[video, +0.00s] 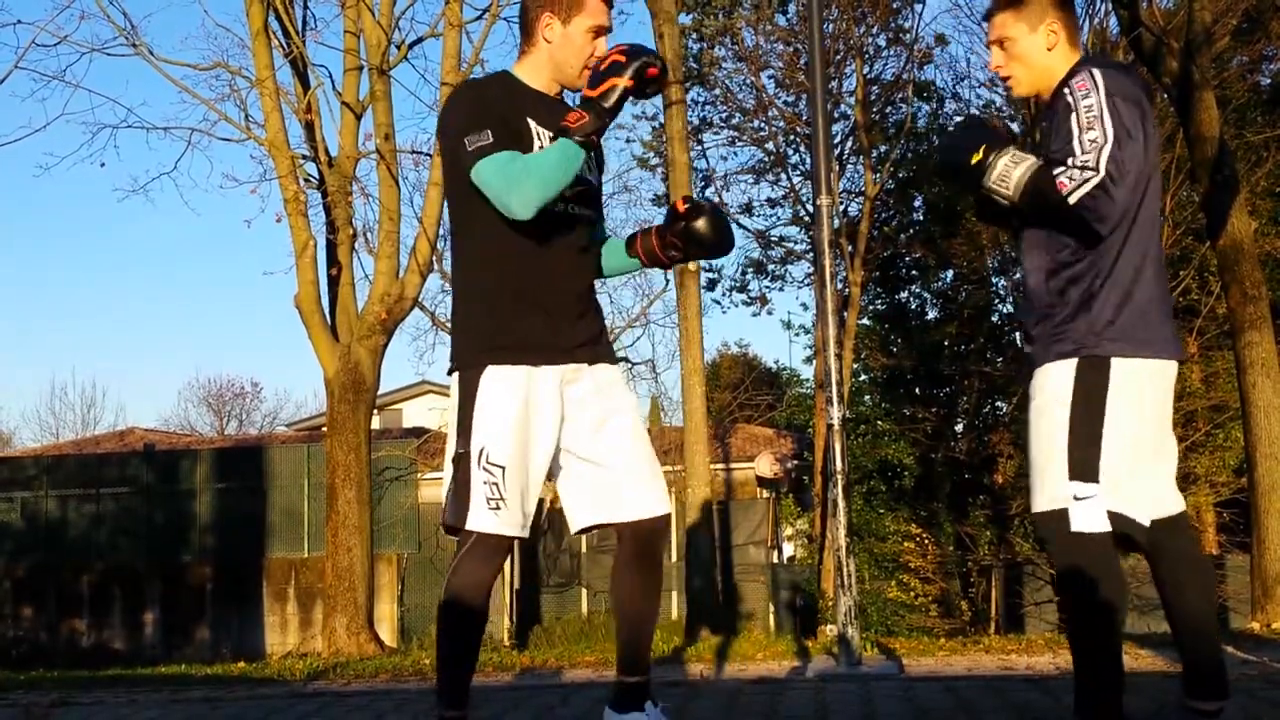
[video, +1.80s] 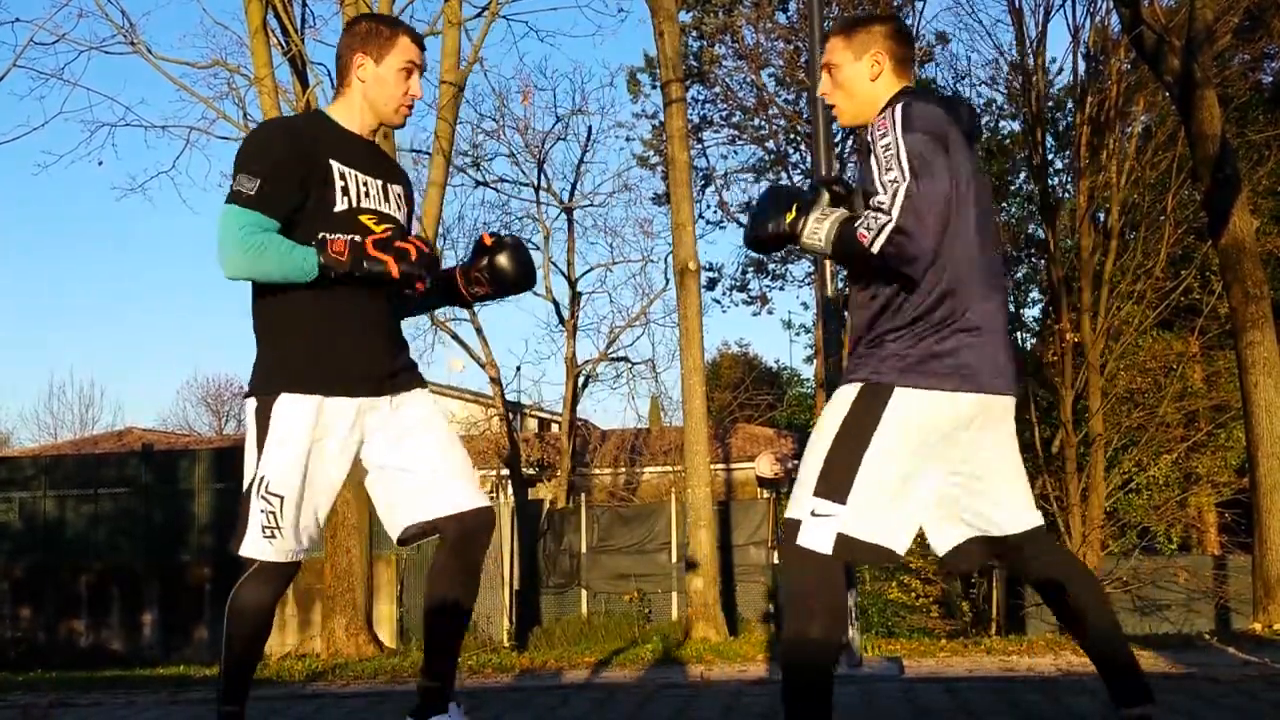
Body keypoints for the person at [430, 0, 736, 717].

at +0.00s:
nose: (604, 44)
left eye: (606, 31)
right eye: (595, 28)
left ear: (561, 30)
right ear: (548, 26)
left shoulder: (578, 123)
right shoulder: (476, 100)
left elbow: (578, 256)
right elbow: (516, 195)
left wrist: (648, 246)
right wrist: (591, 121)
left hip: (586, 354)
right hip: (504, 354)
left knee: (645, 516)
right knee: (491, 532)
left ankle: (631, 700)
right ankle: (451, 712)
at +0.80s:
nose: (586, 67)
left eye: (589, 55)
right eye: (576, 51)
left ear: (570, 63)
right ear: (540, 52)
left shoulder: (577, 161)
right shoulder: (474, 124)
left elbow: (595, 277)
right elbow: (547, 193)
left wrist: (667, 245)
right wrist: (581, 101)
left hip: (561, 376)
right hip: (478, 371)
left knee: (618, 529)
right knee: (429, 539)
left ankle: (620, 707)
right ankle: (337, 700)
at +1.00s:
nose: (519, 83)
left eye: (524, 72)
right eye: (510, 67)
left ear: (508, 77)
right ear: (471, 66)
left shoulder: (506, 177)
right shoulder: (403, 134)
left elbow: (521, 296)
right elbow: (470, 205)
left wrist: (588, 264)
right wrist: (514, 121)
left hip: (488, 390)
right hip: (401, 386)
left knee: (557, 544)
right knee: (351, 558)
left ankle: (611, 708)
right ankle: (282, 711)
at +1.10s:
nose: (491, 89)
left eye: (496, 76)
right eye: (482, 69)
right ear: (442, 62)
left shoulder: (470, 171)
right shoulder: (374, 128)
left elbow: (468, 295)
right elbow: (442, 200)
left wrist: (536, 269)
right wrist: (491, 113)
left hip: (451, 383)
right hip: (368, 378)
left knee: (527, 529)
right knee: (329, 553)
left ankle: (531, 709)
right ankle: (277, 711)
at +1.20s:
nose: (474, 81)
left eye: (478, 67)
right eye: (465, 62)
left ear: (448, 60)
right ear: (427, 55)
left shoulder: (454, 161)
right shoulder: (353, 121)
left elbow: (446, 285)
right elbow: (418, 196)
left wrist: (518, 263)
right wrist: (462, 109)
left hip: (433, 377)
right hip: (349, 369)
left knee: (491, 524)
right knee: (318, 545)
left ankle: (421, 701)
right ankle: (272, 710)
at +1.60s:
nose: (427, 73)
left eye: (429, 62)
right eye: (416, 57)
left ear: (386, 60)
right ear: (369, 54)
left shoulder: (405, 164)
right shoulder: (298, 124)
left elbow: (414, 287)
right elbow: (320, 224)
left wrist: (481, 260)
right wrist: (409, 149)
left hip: (394, 380)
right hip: (309, 375)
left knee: (416, 542)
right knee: (282, 545)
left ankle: (384, 708)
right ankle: (231, 706)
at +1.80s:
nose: (418, 91)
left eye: (420, 76)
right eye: (409, 72)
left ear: (373, 71)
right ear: (362, 66)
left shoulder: (392, 175)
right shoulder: (282, 140)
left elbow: (385, 301)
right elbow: (237, 252)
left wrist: (456, 283)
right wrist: (351, 257)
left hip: (390, 385)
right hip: (304, 387)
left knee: (467, 520)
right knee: (273, 557)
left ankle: (435, 704)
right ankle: (230, 714)